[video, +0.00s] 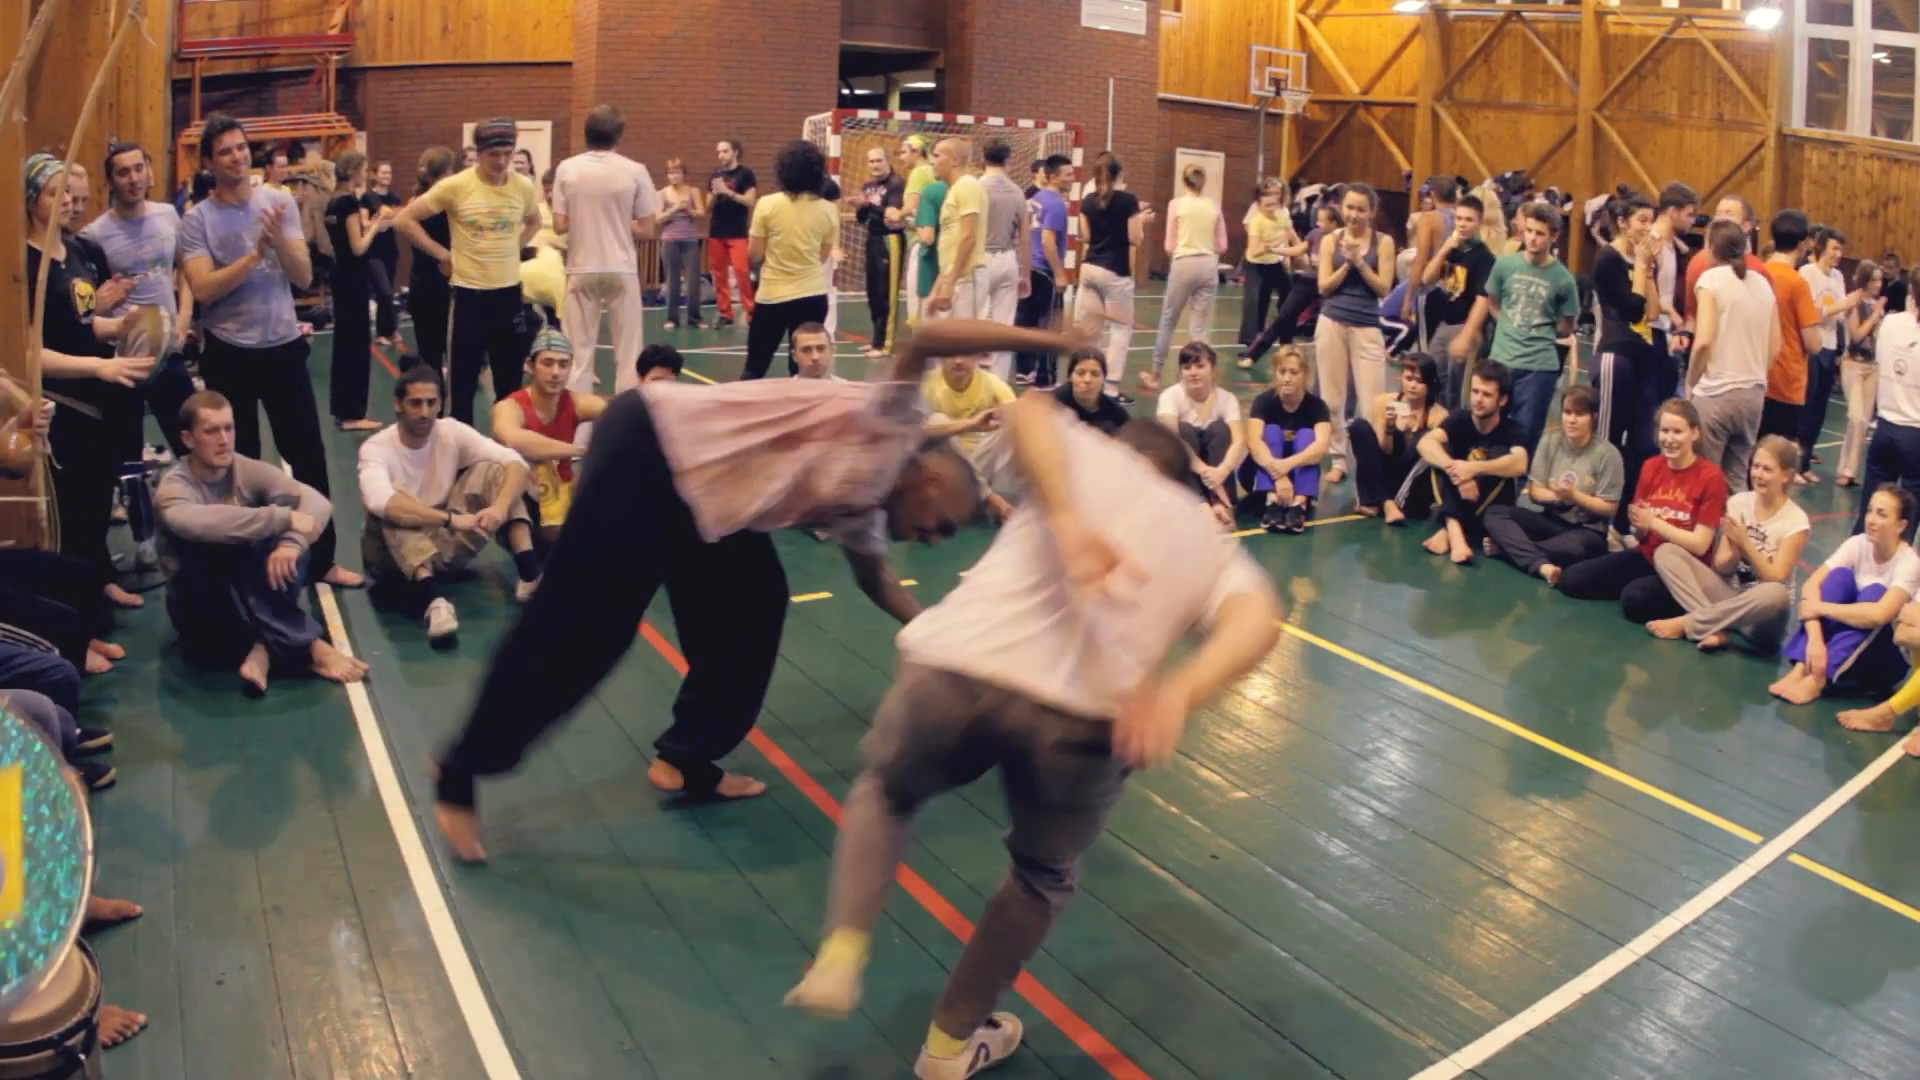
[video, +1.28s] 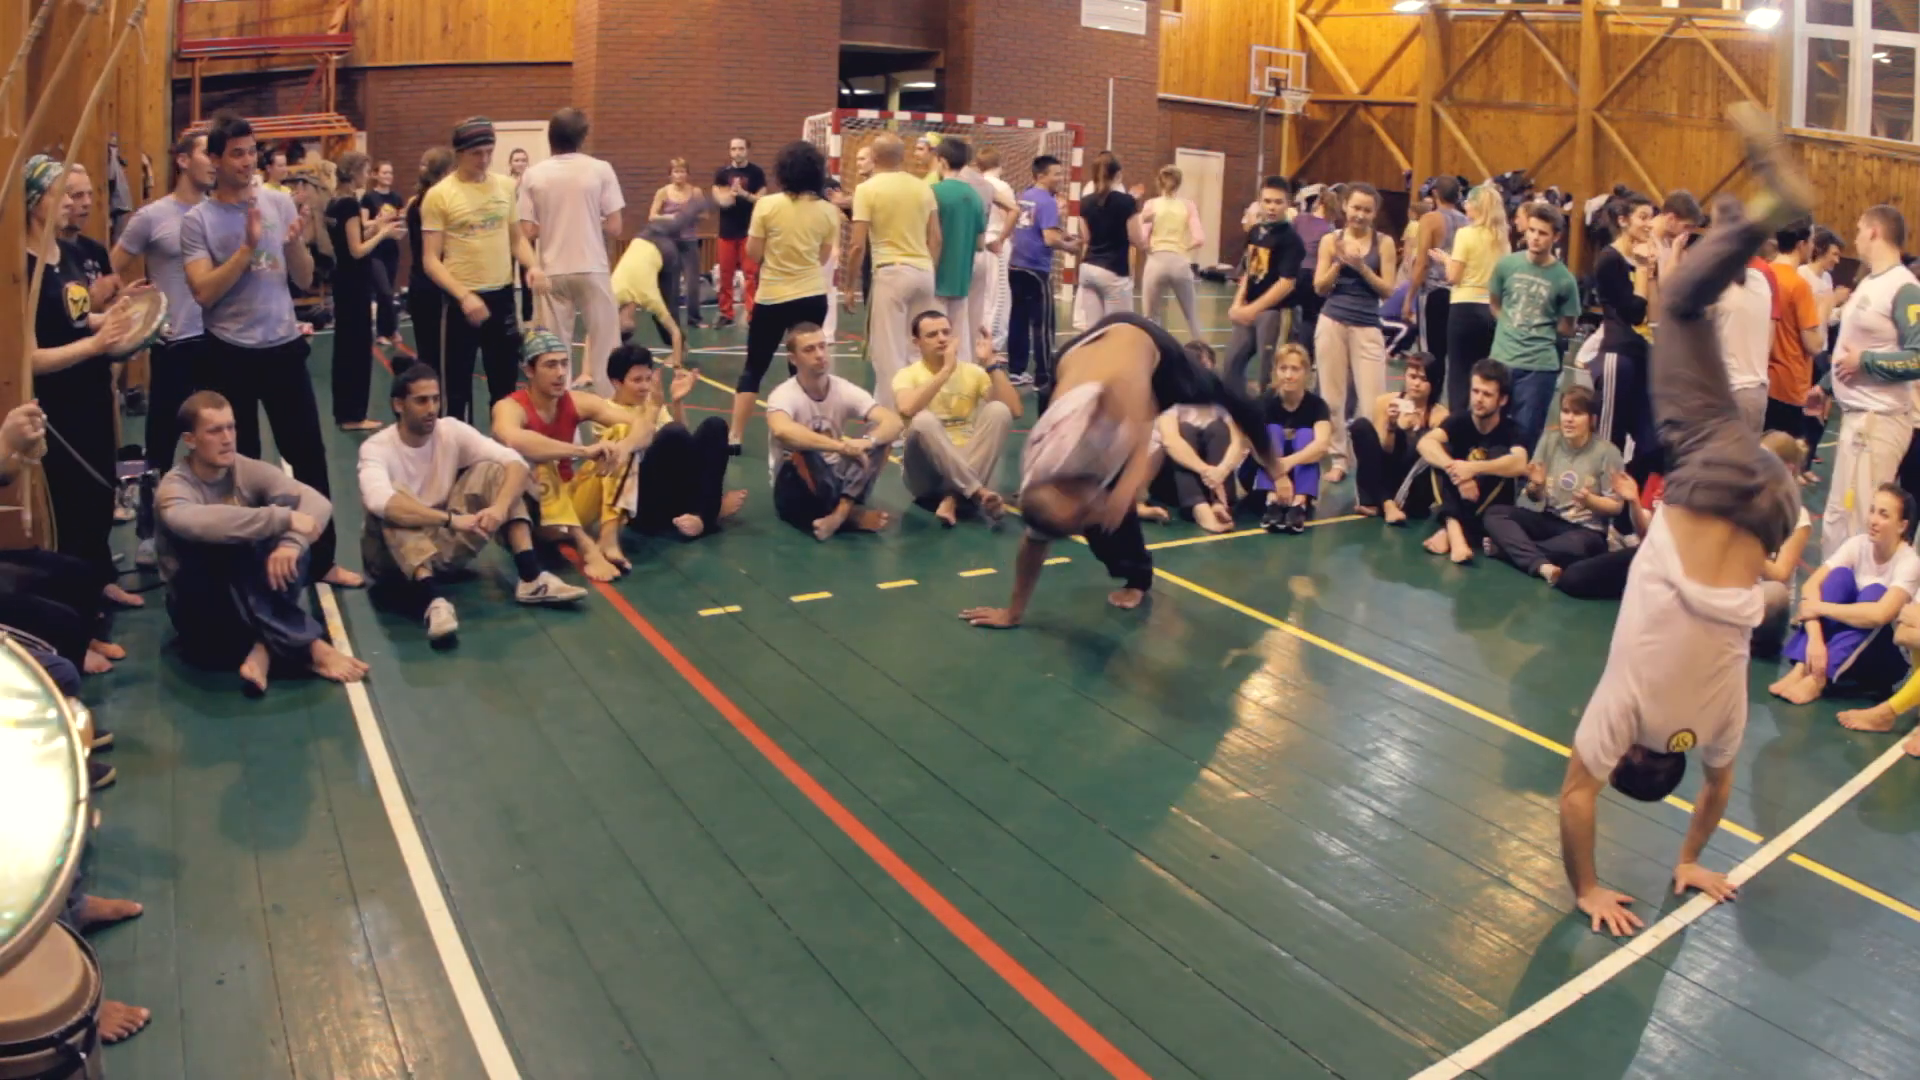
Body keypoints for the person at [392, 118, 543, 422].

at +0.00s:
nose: (501, 161)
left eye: (507, 154)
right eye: (494, 154)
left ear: (513, 153)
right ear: (478, 153)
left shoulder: (523, 187)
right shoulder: (455, 186)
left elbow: (533, 221)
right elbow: (403, 221)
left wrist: (513, 248)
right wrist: (442, 254)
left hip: (509, 294)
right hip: (469, 295)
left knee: (510, 382)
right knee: (463, 381)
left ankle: (512, 449)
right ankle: (462, 448)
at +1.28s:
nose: (484, 159)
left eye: (488, 151)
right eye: (476, 153)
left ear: (494, 151)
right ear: (459, 153)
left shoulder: (505, 187)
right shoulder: (438, 196)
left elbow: (516, 238)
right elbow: (430, 260)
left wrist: (533, 265)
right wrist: (463, 295)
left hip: (501, 297)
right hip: (458, 299)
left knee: (505, 384)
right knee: (456, 386)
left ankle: (507, 453)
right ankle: (456, 451)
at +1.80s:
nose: (485, 157)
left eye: (489, 150)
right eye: (477, 150)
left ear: (495, 150)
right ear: (459, 152)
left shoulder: (507, 189)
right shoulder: (438, 197)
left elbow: (518, 246)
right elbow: (419, 260)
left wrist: (525, 302)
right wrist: (424, 323)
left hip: (502, 299)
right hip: (461, 301)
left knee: (505, 390)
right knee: (457, 392)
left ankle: (506, 459)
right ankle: (459, 460)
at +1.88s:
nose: (483, 157)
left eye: (488, 150)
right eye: (476, 150)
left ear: (493, 150)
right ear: (458, 152)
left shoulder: (506, 189)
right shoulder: (436, 198)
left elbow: (518, 247)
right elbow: (421, 261)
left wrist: (523, 302)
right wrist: (432, 321)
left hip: (501, 300)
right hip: (460, 301)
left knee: (504, 391)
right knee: (457, 393)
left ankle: (506, 458)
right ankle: (459, 461)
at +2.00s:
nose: (481, 158)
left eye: (485, 150)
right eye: (473, 151)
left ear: (490, 150)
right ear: (456, 153)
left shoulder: (504, 189)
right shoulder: (435, 198)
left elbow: (515, 246)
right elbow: (422, 261)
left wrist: (520, 302)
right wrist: (438, 319)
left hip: (499, 299)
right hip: (457, 301)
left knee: (503, 389)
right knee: (456, 391)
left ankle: (506, 456)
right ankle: (456, 460)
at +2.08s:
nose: (478, 158)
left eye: (483, 150)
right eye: (470, 152)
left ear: (488, 150)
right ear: (453, 154)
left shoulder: (502, 189)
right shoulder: (432, 198)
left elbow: (514, 247)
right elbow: (418, 262)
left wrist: (519, 302)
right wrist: (436, 319)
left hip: (498, 299)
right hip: (456, 301)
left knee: (502, 389)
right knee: (454, 392)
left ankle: (505, 458)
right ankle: (456, 459)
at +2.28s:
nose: (471, 161)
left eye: (475, 153)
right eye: (462, 155)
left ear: (481, 153)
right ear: (446, 156)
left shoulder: (495, 189)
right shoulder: (425, 202)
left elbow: (507, 246)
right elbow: (406, 262)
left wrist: (513, 297)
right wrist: (427, 316)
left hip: (493, 300)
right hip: (451, 304)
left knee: (508, 391)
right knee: (454, 395)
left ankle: (512, 461)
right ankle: (455, 464)